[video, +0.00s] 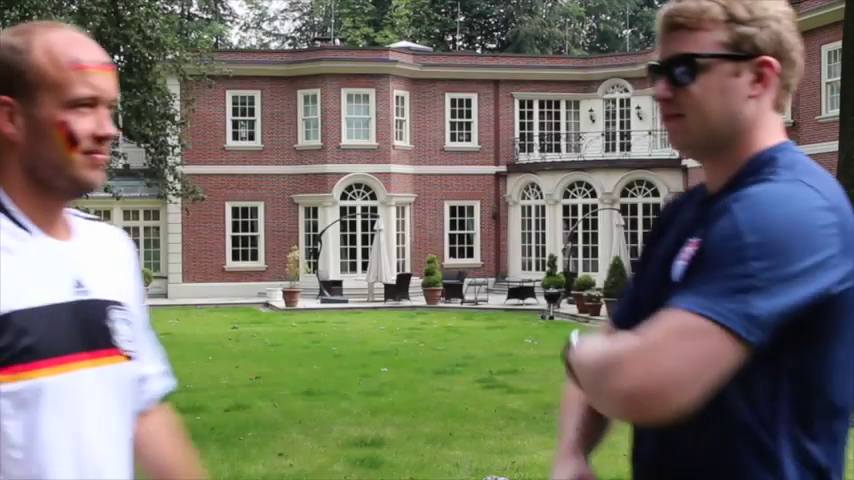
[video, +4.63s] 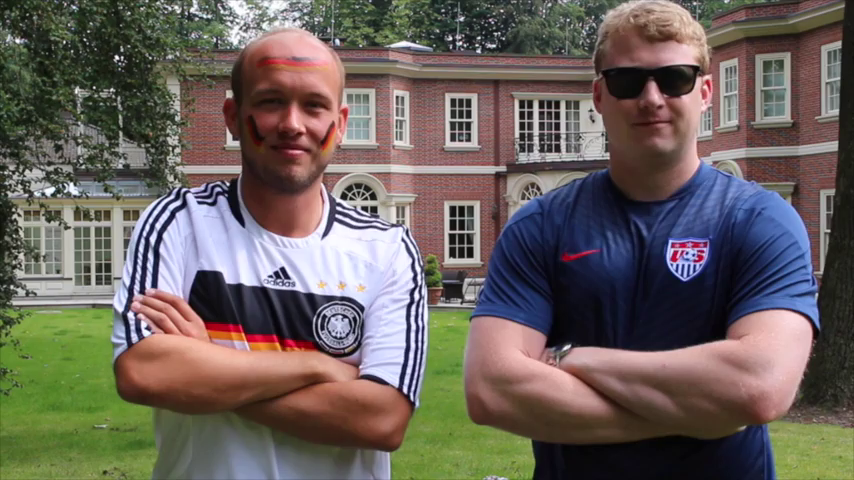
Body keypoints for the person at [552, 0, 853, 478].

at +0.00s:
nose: (661, 90)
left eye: (683, 70)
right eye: (657, 74)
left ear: (760, 79)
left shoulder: (790, 208)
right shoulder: (683, 214)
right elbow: (609, 345)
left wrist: (580, 349)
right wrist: (570, 453)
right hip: (662, 468)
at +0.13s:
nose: (640, 91)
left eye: (664, 71)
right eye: (635, 75)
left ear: (740, 81)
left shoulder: (768, 210)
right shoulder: (638, 217)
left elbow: (587, 363)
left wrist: (575, 317)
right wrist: (577, 436)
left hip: (740, 467)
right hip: (636, 468)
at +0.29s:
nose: (634, 91)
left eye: (661, 72)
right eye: (622, 76)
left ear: (722, 91)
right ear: (612, 90)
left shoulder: (758, 210)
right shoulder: (583, 220)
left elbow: (613, 361)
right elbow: (488, 365)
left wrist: (549, 345)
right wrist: (609, 413)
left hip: (719, 469)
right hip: (598, 470)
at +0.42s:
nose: (640, 89)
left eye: (667, 71)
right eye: (622, 74)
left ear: (712, 92)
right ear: (606, 94)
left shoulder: (753, 210)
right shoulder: (554, 220)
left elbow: (666, 356)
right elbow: (480, 369)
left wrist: (544, 345)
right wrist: (642, 402)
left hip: (717, 470)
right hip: (583, 471)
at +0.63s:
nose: (644, 87)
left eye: (667, 71)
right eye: (621, 72)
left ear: (700, 91)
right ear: (596, 94)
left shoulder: (750, 213)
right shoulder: (534, 222)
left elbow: (734, 368)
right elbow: (484, 377)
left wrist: (557, 347)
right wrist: (677, 390)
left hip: (713, 472)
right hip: (566, 473)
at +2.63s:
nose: (640, 97)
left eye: (663, 78)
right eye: (617, 79)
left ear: (695, 93)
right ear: (589, 96)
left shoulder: (750, 219)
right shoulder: (530, 227)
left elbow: (746, 388)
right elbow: (481, 391)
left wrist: (558, 360)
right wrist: (672, 410)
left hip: (713, 473)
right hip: (565, 473)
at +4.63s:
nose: (651, 98)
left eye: (673, 79)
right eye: (627, 81)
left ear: (705, 93)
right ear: (598, 98)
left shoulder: (761, 220)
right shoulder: (539, 227)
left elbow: (760, 389)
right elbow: (491, 391)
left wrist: (568, 362)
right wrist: (685, 411)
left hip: (723, 473)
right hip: (573, 473)